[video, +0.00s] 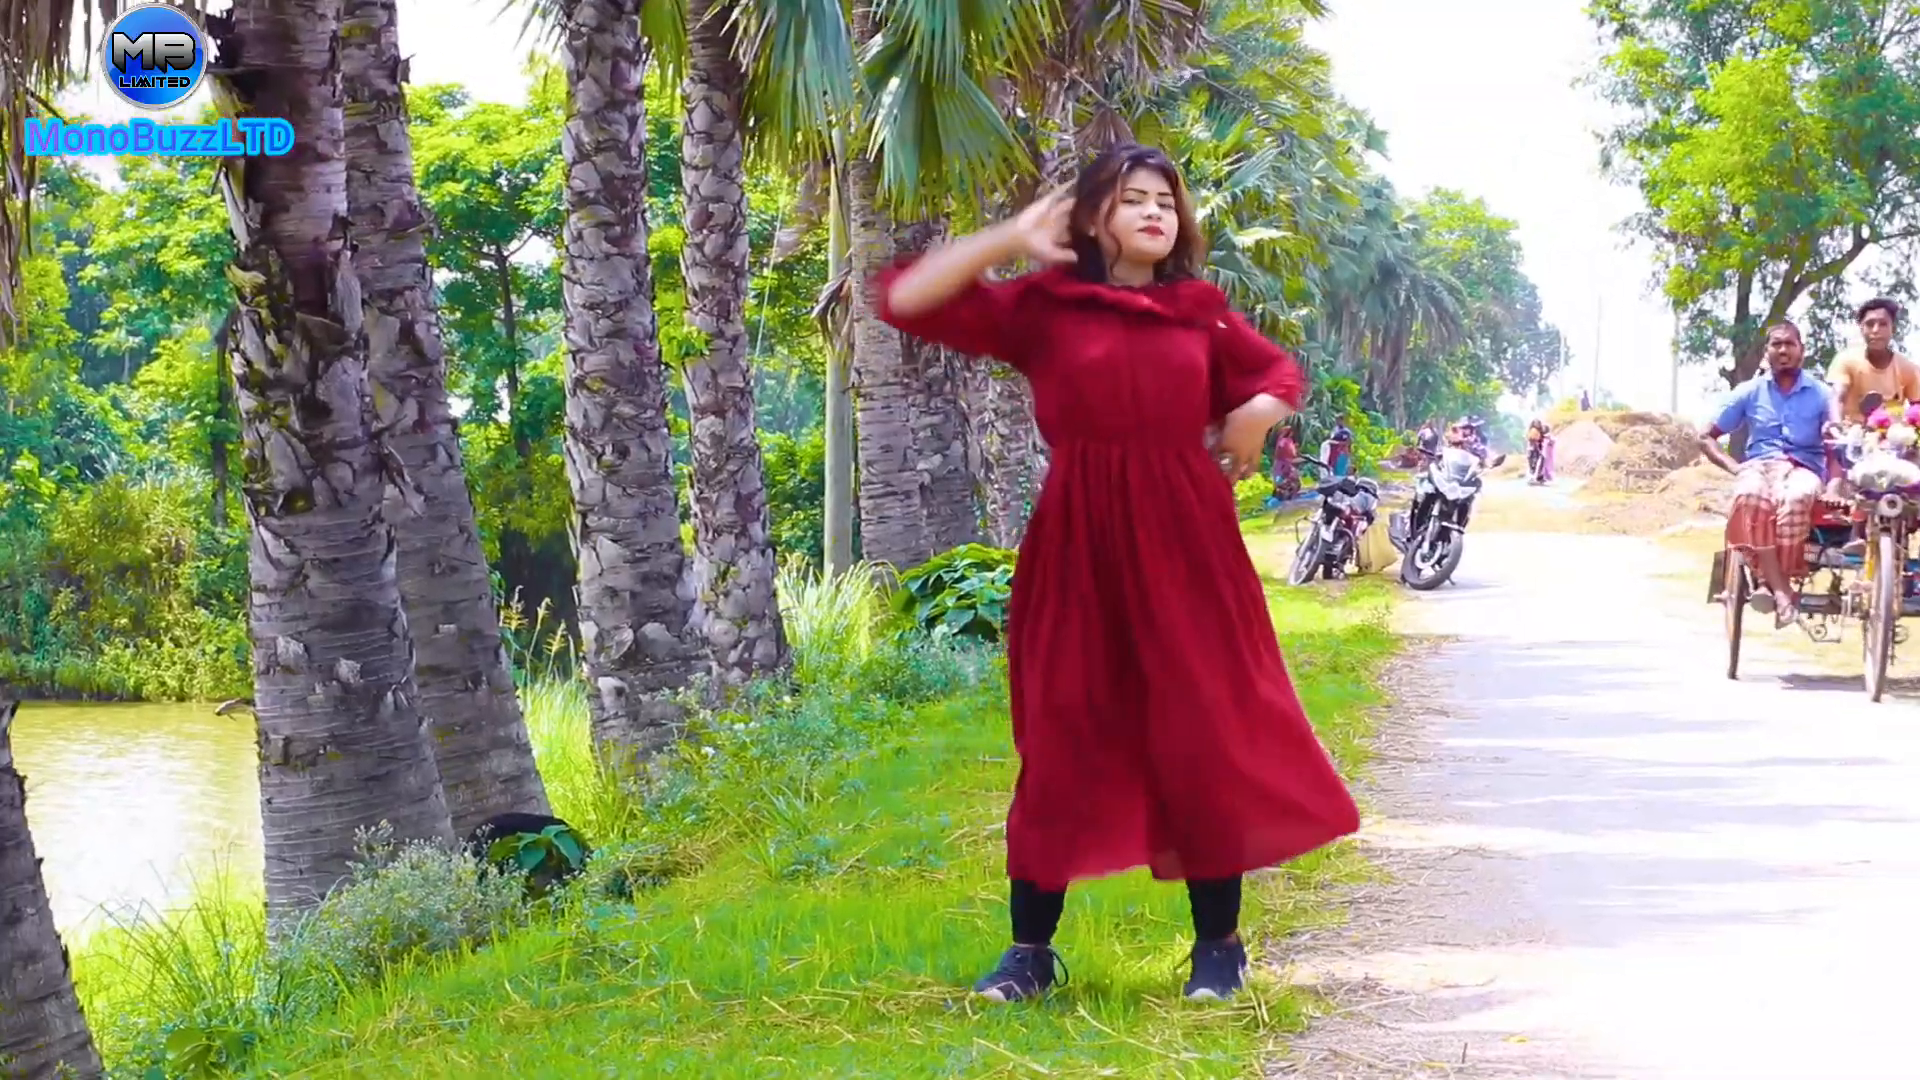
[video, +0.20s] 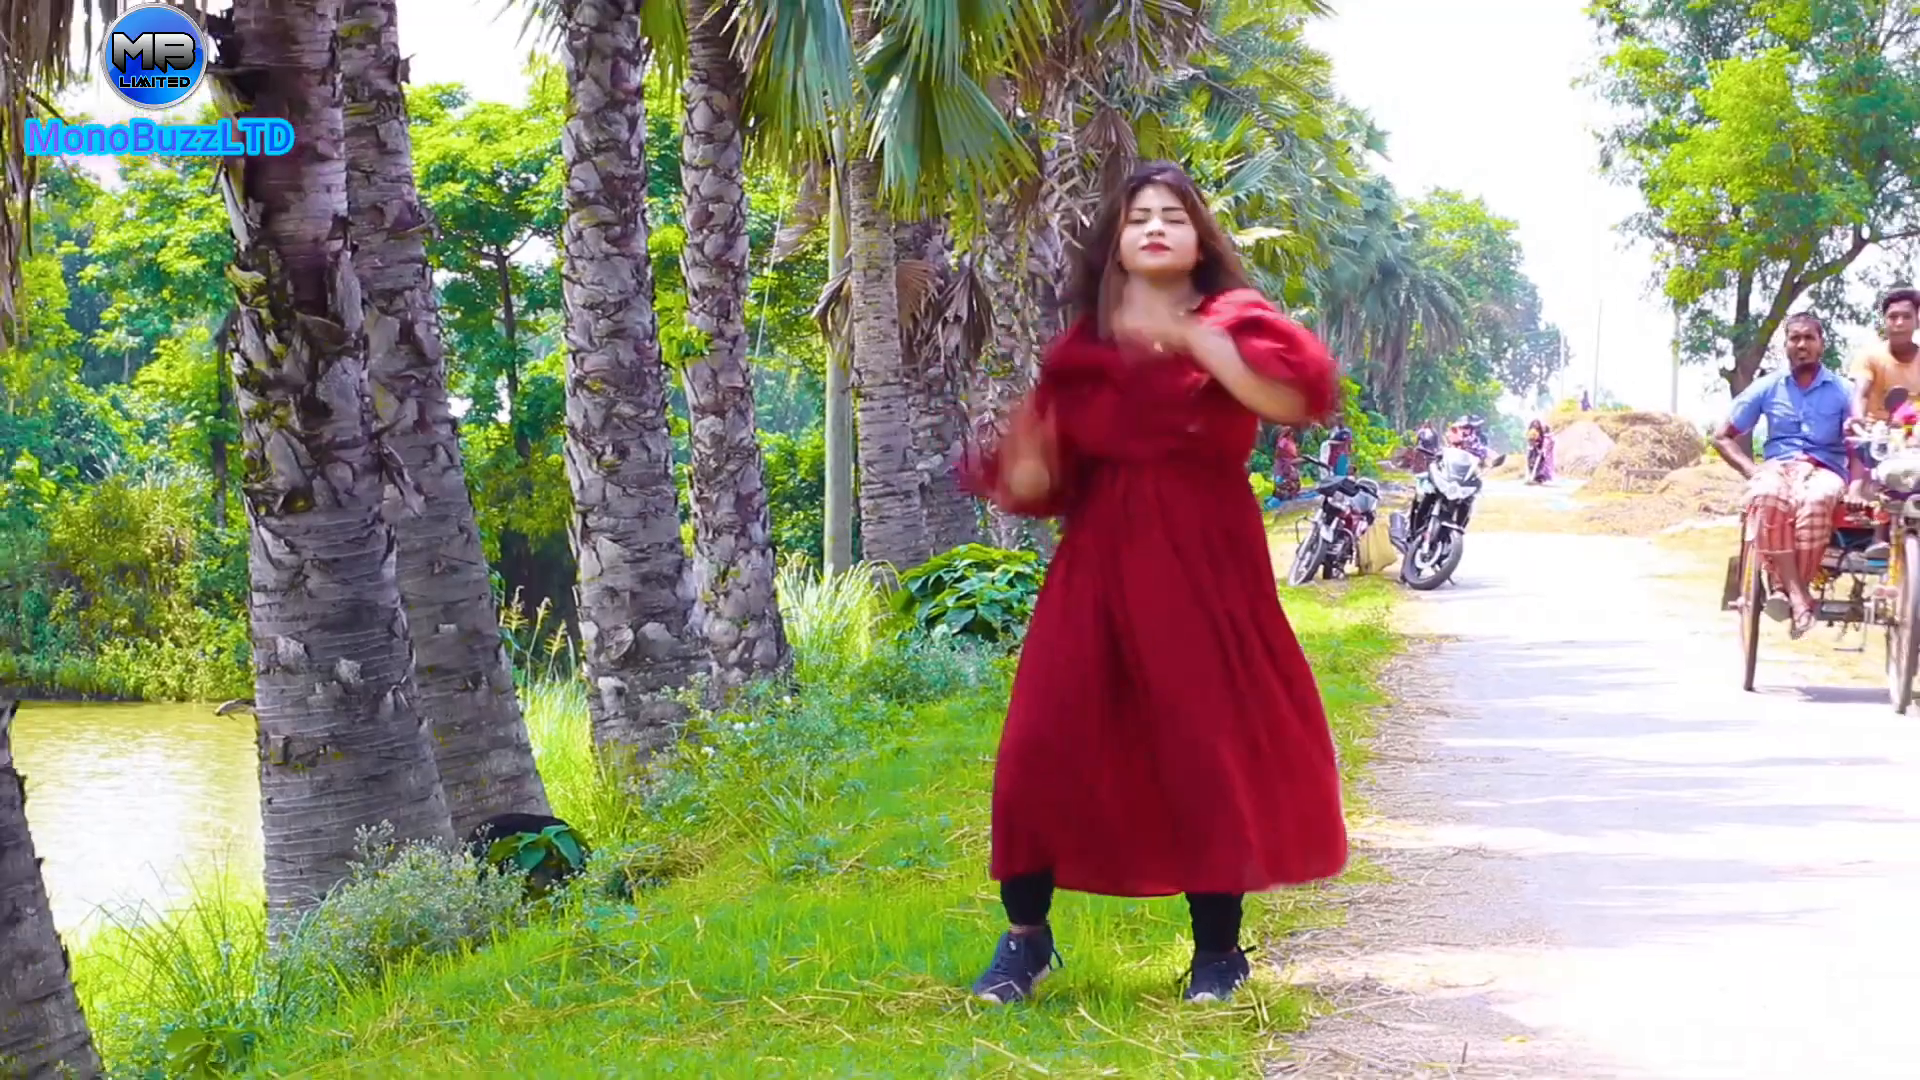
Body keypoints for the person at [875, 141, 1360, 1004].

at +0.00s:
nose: (1153, 209)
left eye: (1165, 200)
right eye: (1134, 198)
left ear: (1181, 222)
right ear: (1090, 217)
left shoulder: (1199, 308)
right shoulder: (1043, 309)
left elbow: (1283, 370)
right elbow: (903, 300)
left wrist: (1262, 408)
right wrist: (1009, 237)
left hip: (1184, 542)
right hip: (1076, 541)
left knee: (1198, 742)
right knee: (1052, 745)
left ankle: (1218, 948)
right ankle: (1029, 954)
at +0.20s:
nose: (1158, 226)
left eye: (1175, 216)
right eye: (1140, 217)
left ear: (1201, 240)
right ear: (1116, 243)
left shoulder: (1233, 321)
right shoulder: (1080, 349)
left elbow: (1298, 400)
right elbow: (1044, 480)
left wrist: (1193, 334)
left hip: (1202, 569)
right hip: (1095, 564)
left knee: (1209, 751)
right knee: (1029, 747)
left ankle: (1217, 954)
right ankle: (1025, 939)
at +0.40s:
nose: (1128, 196)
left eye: (1149, 181)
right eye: (1126, 183)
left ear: (1205, 197)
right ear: (1125, 200)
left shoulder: (1229, 285)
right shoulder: (1115, 301)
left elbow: (1331, 276)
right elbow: (1103, 413)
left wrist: (1243, 215)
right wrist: (1071, 482)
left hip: (1205, 531)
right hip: (1115, 532)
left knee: (1212, 738)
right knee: (1065, 730)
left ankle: (1227, 965)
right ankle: (1014, 951)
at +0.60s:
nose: (1115, 242)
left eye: (1132, 229)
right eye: (1112, 228)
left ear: (1185, 238)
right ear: (1113, 241)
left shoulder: (1221, 316)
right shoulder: (1102, 330)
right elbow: (1057, 419)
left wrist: (1163, 266)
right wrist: (1032, 505)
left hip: (1178, 556)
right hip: (1091, 549)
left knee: (1173, 737)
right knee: (1054, 728)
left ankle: (1204, 935)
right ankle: (1005, 926)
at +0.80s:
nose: (1084, 211)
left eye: (1103, 196)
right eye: (1081, 196)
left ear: (1159, 208)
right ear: (1083, 207)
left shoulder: (1202, 289)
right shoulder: (1076, 311)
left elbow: (1315, 269)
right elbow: (1031, 436)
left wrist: (1215, 219)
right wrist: (1028, 473)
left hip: (1182, 545)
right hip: (1080, 546)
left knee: (1190, 752)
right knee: (1019, 744)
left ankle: (1227, 967)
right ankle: (981, 954)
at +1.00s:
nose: (1056, 243)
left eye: (1076, 230)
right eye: (1043, 231)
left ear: (1116, 248)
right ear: (1026, 251)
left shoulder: (1165, 345)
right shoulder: (998, 351)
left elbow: (1266, 439)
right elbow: (913, 463)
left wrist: (1184, 369)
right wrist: (965, 479)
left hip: (1141, 569)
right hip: (1030, 573)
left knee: (1170, 759)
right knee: (1002, 763)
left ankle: (1213, 948)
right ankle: (971, 948)